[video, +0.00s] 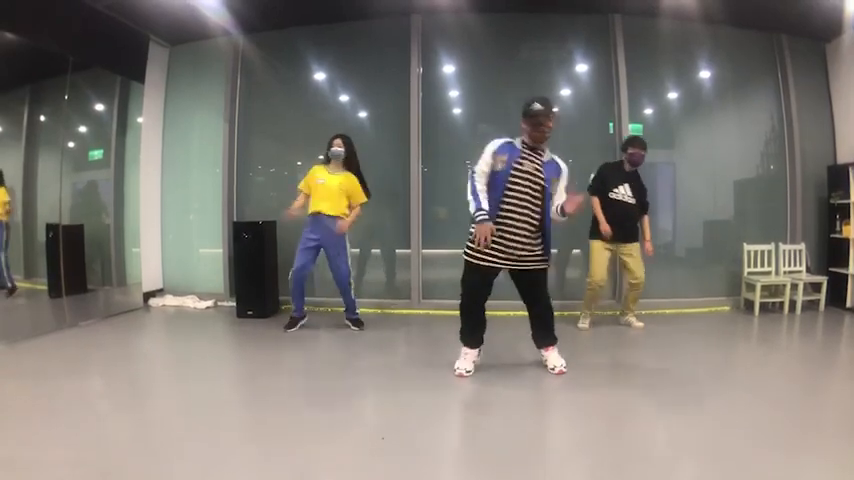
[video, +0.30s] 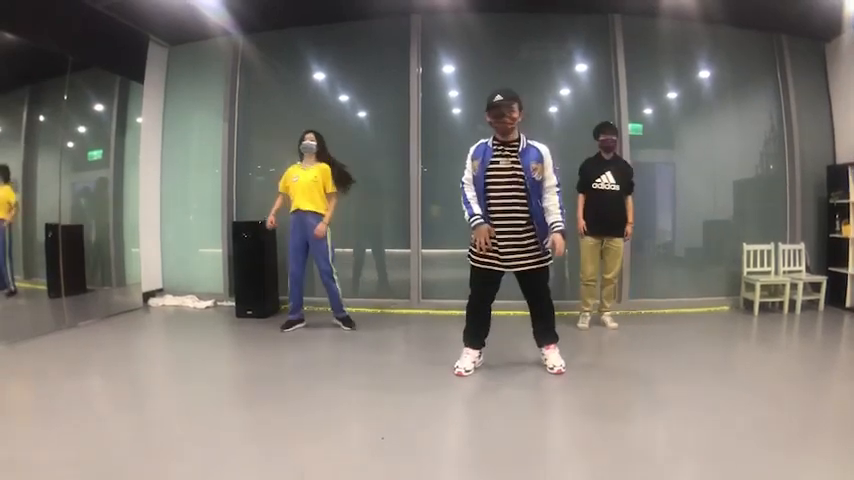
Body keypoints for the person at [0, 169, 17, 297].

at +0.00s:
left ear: (0, 177)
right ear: (3, 177)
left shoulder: (3, 190)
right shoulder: (4, 190)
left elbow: (7, 206)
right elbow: (7, 207)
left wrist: (5, 215)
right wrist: (5, 215)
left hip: (3, 222)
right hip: (4, 222)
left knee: (3, 253)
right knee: (3, 253)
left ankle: (9, 283)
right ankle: (6, 282)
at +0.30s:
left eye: (0, 174)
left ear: (2, 176)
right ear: (7, 175)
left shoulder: (7, 190)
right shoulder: (6, 190)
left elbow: (14, 204)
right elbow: (14, 204)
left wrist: (10, 218)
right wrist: (10, 217)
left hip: (4, 222)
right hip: (4, 222)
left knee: (5, 254)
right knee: (5, 254)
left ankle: (11, 285)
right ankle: (7, 284)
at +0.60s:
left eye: (0, 173)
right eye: (0, 172)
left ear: (3, 174)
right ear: (7, 173)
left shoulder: (9, 189)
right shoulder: (5, 189)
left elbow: (12, 209)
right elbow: (11, 209)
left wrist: (5, 224)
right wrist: (5, 223)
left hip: (5, 222)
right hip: (3, 222)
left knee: (6, 254)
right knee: (4, 255)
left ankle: (11, 285)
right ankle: (4, 283)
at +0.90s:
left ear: (2, 173)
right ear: (7, 172)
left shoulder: (6, 189)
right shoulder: (8, 188)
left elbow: (11, 209)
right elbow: (12, 209)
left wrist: (5, 225)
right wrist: (6, 223)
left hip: (4, 223)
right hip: (5, 222)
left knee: (5, 253)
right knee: (5, 253)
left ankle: (11, 284)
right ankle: (6, 283)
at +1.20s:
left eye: (0, 172)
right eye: (1, 172)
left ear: (3, 172)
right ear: (7, 172)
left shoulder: (7, 186)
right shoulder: (8, 186)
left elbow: (15, 204)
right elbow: (15, 204)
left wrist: (10, 218)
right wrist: (10, 217)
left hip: (6, 219)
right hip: (5, 218)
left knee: (4, 251)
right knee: (3, 251)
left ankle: (13, 282)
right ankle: (5, 282)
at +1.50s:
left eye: (1, 175)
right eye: (1, 175)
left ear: (6, 176)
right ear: (9, 175)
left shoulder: (9, 190)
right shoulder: (11, 189)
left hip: (7, 220)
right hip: (6, 220)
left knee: (9, 253)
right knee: (6, 253)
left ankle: (18, 287)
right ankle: (17, 285)